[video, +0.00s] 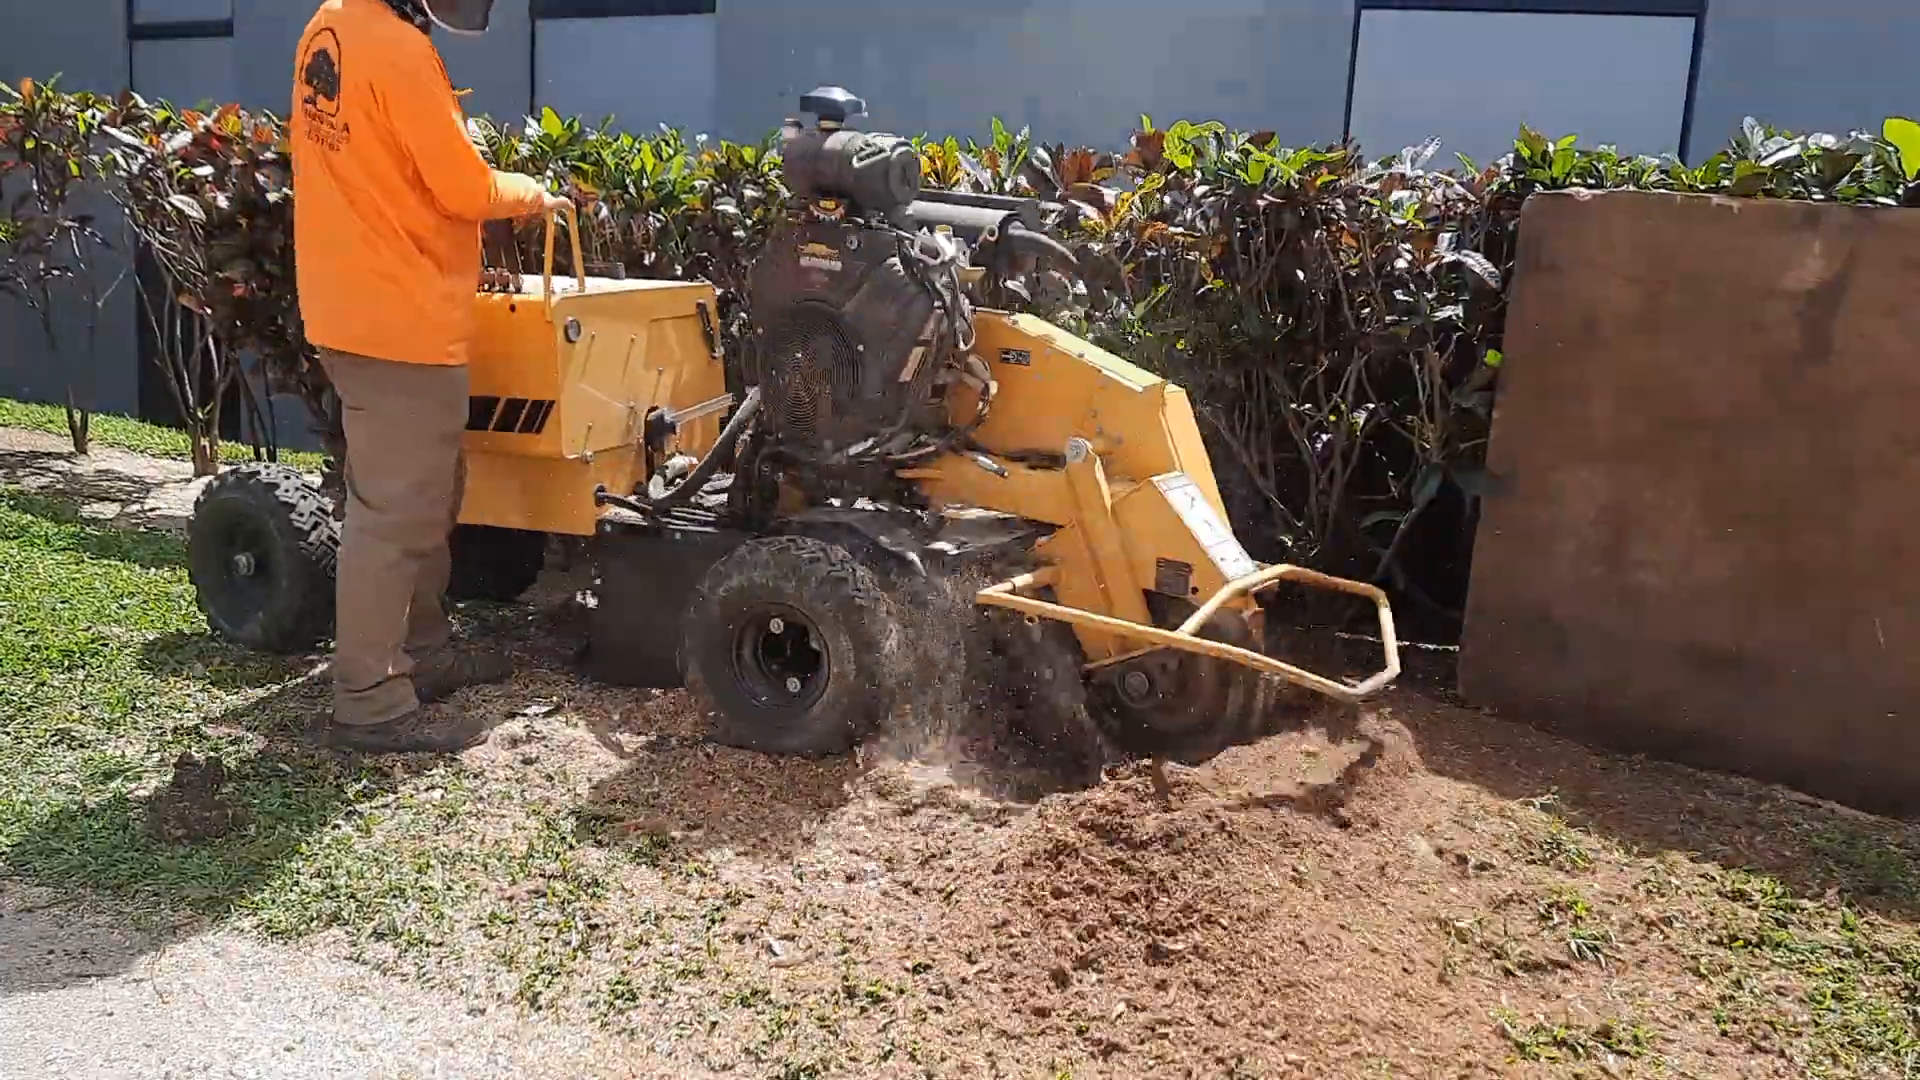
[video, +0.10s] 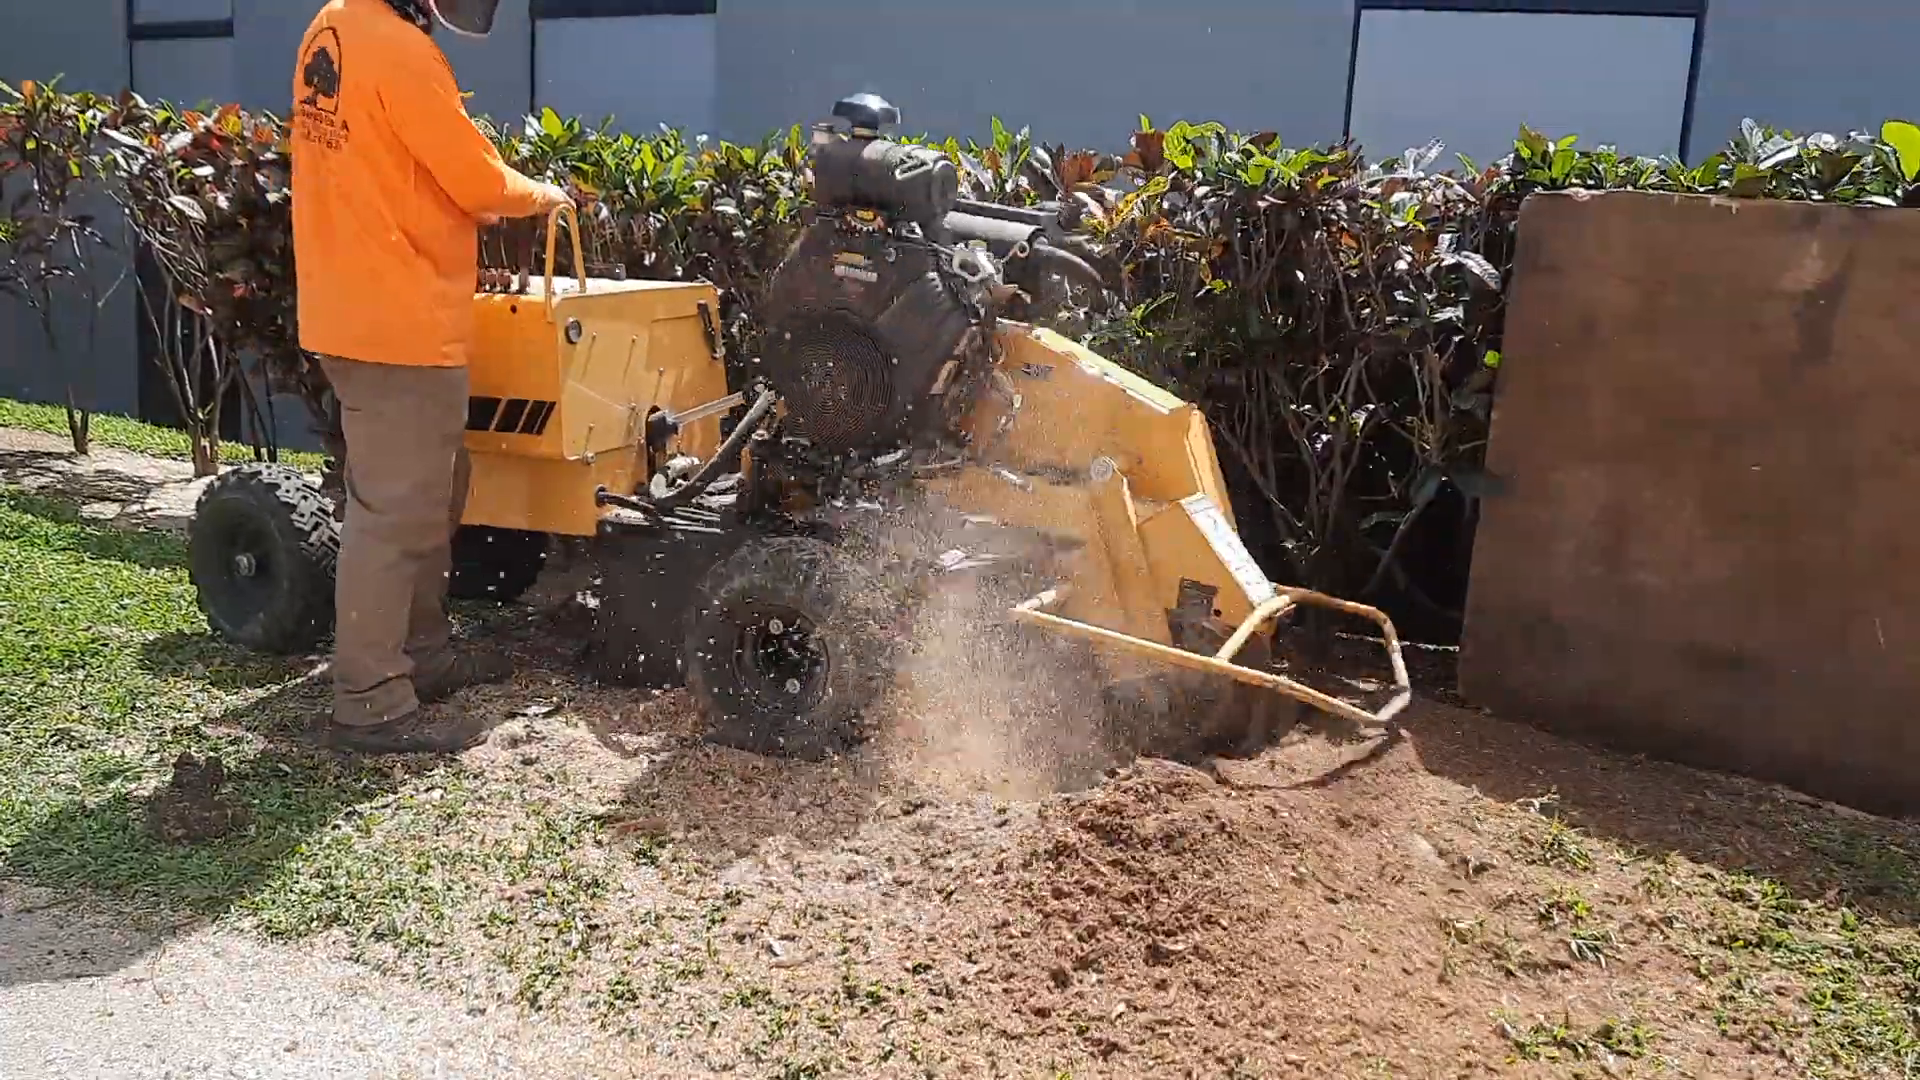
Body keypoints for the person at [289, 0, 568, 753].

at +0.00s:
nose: (463, 21)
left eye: (467, 15)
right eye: (463, 11)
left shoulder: (329, 26)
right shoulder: (402, 51)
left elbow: (383, 167)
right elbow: (464, 189)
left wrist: (495, 189)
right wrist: (535, 195)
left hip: (355, 318)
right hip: (401, 326)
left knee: (422, 495)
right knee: (396, 509)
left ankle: (424, 659)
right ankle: (370, 707)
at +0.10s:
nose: (457, 24)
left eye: (461, 17)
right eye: (458, 14)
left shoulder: (333, 27)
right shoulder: (404, 52)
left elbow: (393, 166)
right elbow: (478, 184)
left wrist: (498, 192)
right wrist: (541, 196)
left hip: (355, 322)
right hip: (402, 329)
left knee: (432, 490)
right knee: (396, 509)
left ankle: (424, 659)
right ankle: (370, 707)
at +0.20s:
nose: (480, 22)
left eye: (484, 15)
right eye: (481, 11)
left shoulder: (330, 30)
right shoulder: (416, 53)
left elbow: (329, 172)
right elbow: (489, 185)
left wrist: (479, 198)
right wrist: (543, 196)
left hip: (357, 321)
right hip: (411, 328)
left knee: (428, 492)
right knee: (398, 510)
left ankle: (424, 657)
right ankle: (369, 707)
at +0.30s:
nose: (465, 17)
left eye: (466, 12)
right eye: (463, 8)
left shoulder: (330, 25)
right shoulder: (390, 59)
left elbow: (377, 177)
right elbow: (462, 198)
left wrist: (488, 205)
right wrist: (540, 203)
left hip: (367, 323)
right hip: (396, 331)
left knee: (430, 494)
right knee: (393, 511)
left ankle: (425, 658)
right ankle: (368, 706)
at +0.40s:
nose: (468, 22)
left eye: (471, 15)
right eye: (469, 12)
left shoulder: (342, 29)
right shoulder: (399, 51)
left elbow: (392, 168)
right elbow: (468, 180)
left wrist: (486, 203)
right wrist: (543, 197)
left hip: (374, 323)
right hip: (396, 331)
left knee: (462, 474)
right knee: (394, 509)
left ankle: (402, 648)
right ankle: (370, 707)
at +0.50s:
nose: (415, 17)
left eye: (419, 10)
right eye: (411, 5)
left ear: (387, 7)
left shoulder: (357, 67)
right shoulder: (277, 61)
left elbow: (344, 233)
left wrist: (387, 367)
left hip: (376, 378)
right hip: (313, 385)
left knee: (379, 540)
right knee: (342, 568)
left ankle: (238, 673)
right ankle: (321, 792)